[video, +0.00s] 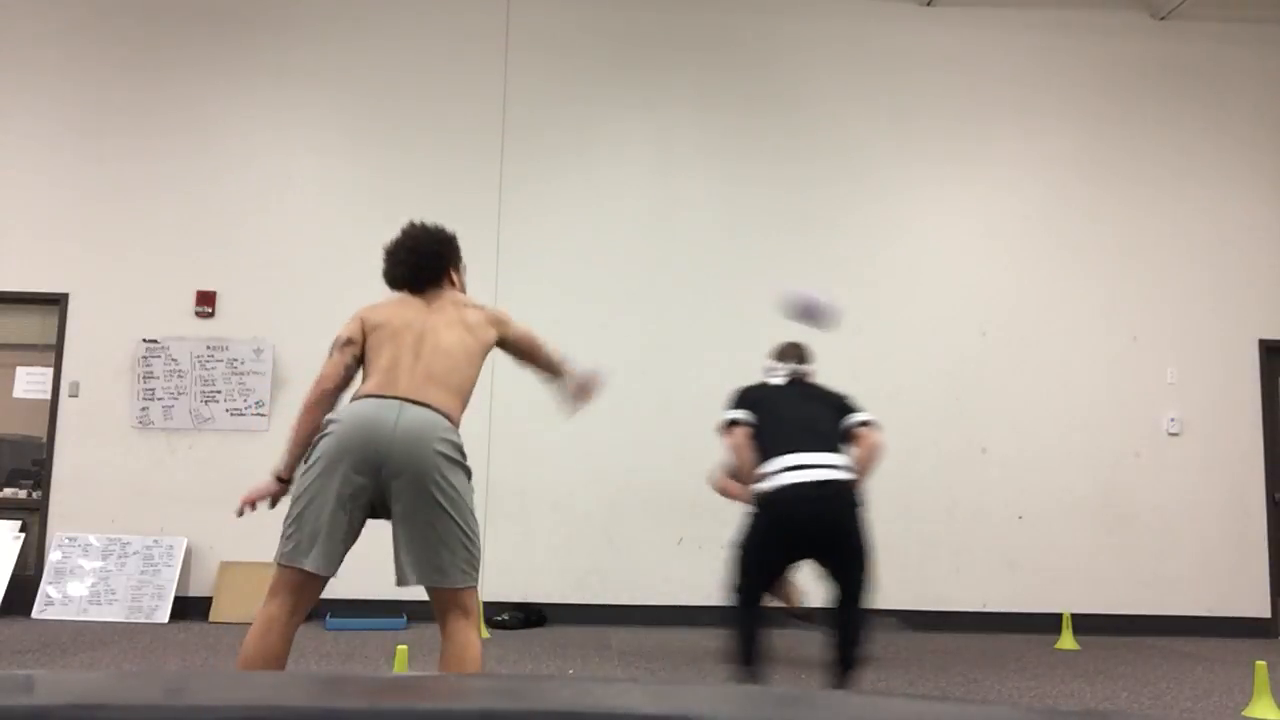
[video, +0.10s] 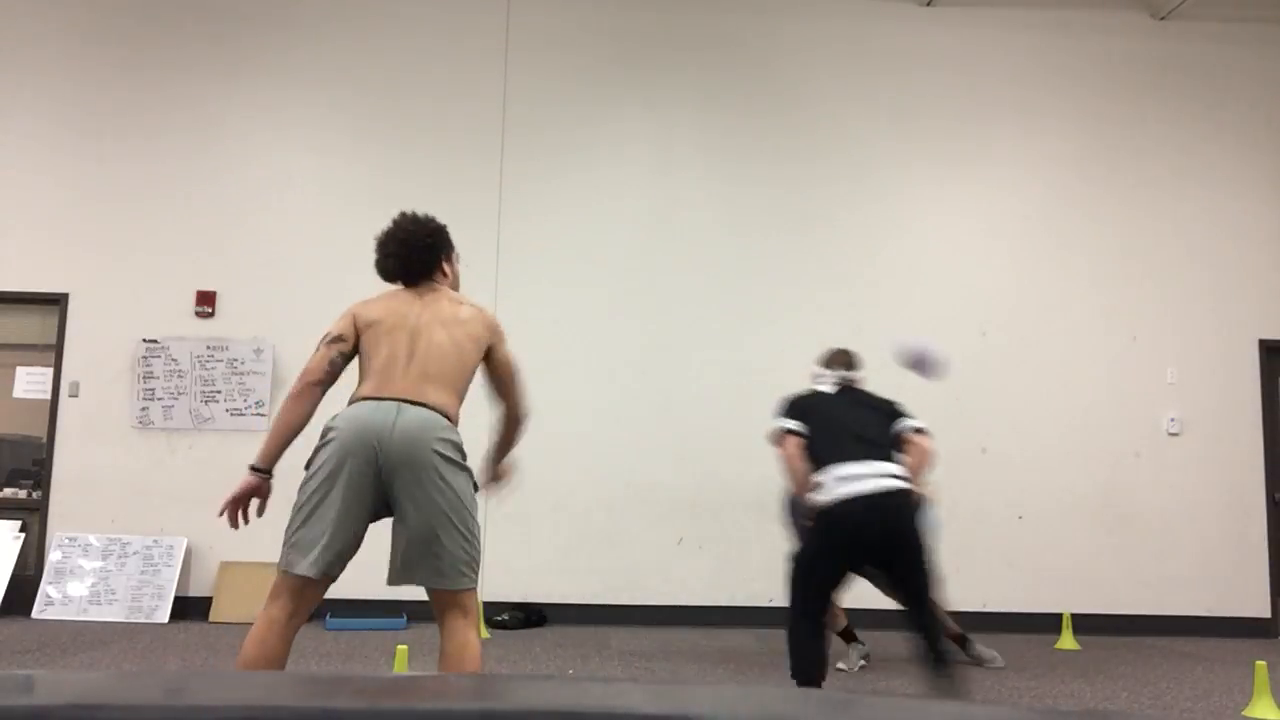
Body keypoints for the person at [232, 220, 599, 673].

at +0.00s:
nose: (465, 278)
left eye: (462, 269)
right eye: (463, 269)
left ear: (400, 280)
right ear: (452, 274)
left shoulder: (370, 316)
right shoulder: (484, 319)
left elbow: (325, 389)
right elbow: (540, 355)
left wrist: (282, 475)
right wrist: (570, 378)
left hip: (353, 426)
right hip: (430, 435)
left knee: (285, 599)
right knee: (458, 613)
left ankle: (240, 719)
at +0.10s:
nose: (458, 267)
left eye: (455, 258)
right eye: (456, 259)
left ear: (396, 272)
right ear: (444, 265)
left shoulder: (363, 311)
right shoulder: (479, 320)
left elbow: (310, 383)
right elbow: (515, 409)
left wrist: (261, 469)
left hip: (353, 428)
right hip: (430, 436)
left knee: (286, 602)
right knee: (457, 611)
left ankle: (236, 716)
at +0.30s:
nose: (430, 257)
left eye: (427, 248)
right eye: (426, 249)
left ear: (368, 261)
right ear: (413, 259)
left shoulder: (331, 310)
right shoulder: (448, 322)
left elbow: (291, 402)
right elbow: (436, 418)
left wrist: (258, 487)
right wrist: (423, 488)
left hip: (325, 433)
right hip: (400, 442)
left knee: (273, 614)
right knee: (444, 611)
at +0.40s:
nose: (406, 243)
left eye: (402, 233)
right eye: (401, 233)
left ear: (344, 246)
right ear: (387, 242)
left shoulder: (303, 303)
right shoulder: (420, 308)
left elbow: (272, 398)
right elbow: (431, 411)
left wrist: (262, 481)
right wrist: (448, 493)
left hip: (299, 429)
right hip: (375, 436)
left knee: (257, 612)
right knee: (425, 609)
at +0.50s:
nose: (383, 234)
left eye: (379, 224)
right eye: (378, 224)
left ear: (320, 236)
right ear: (362, 231)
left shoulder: (276, 296)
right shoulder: (394, 298)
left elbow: (251, 396)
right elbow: (434, 398)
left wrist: (259, 463)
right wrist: (479, 465)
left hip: (277, 435)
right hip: (351, 438)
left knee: (246, 608)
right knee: (407, 604)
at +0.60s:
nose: (365, 228)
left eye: (362, 218)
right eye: (360, 219)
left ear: (299, 231)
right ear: (342, 227)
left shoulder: (255, 292)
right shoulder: (376, 291)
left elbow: (234, 394)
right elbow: (430, 386)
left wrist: (247, 458)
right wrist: (486, 442)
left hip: (258, 435)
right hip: (334, 437)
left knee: (235, 612)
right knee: (393, 600)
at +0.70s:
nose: (353, 223)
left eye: (350, 213)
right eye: (348, 214)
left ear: (287, 227)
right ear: (328, 223)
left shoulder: (244, 289)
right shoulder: (363, 286)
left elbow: (222, 393)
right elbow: (417, 384)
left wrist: (235, 460)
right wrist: (473, 431)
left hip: (246, 438)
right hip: (323, 438)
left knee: (229, 611)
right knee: (383, 598)